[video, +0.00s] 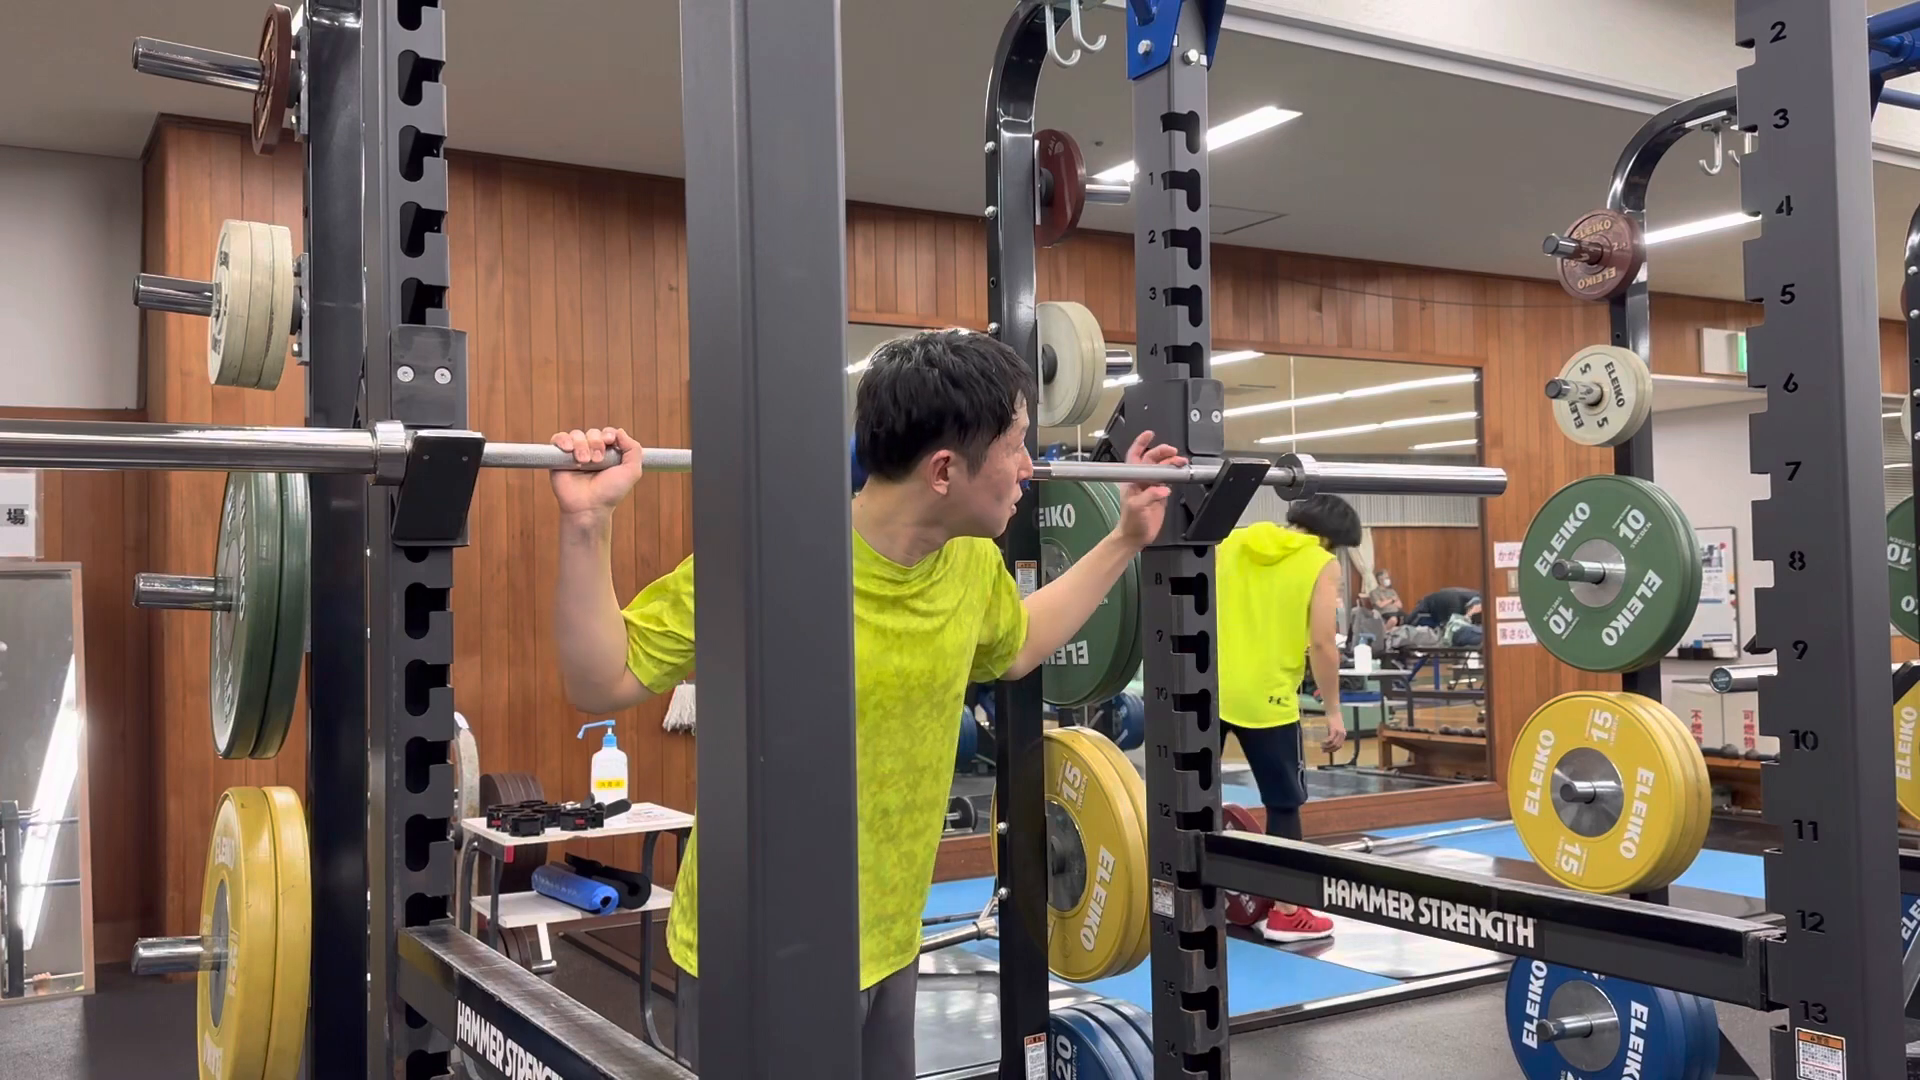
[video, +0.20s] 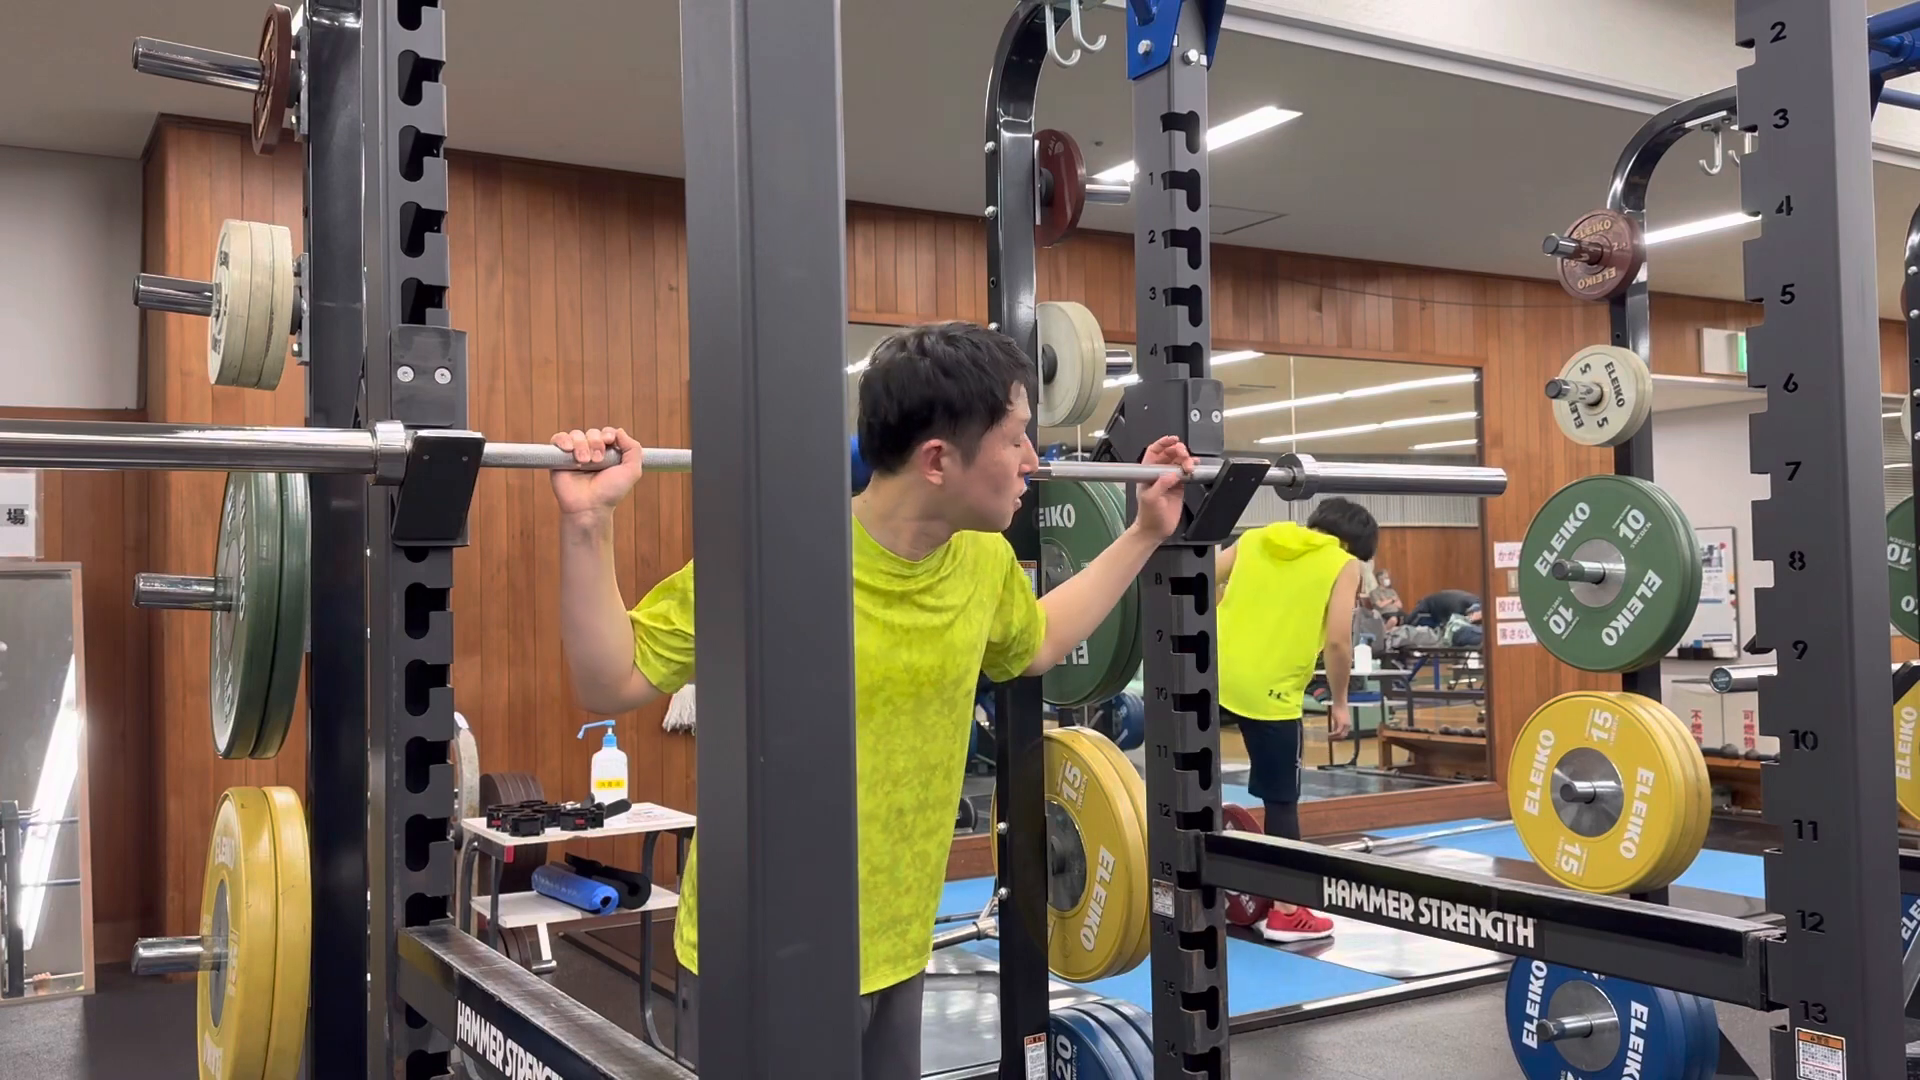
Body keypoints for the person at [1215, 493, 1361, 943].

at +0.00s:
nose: (1339, 555)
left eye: (1343, 549)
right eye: (1342, 547)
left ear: (1296, 518)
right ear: (1331, 538)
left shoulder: (1233, 542)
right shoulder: (1319, 563)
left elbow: (1195, 601)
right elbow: (1322, 645)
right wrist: (1333, 710)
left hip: (1205, 691)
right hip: (1264, 698)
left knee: (1194, 792)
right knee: (1283, 805)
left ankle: (1200, 895)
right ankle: (1286, 906)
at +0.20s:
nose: (1362, 562)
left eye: (1365, 557)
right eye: (1363, 554)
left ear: (1316, 525)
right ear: (1354, 543)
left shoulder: (1261, 538)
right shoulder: (1344, 564)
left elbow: (1209, 568)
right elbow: (1337, 642)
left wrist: (1216, 611)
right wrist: (1340, 703)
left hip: (1208, 674)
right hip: (1269, 689)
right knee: (1281, 802)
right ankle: (1286, 904)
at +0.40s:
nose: (1368, 572)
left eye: (1372, 568)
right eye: (1370, 565)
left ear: (1331, 528)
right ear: (1365, 550)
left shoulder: (1274, 538)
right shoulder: (1352, 566)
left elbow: (1222, 574)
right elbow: (1336, 643)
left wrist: (1234, 623)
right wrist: (1335, 704)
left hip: (1213, 671)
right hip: (1270, 689)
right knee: (1283, 799)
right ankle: (1285, 906)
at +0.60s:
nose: (1366, 575)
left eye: (1372, 569)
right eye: (1370, 566)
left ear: (1334, 531)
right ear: (1362, 550)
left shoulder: (1278, 541)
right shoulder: (1340, 569)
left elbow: (1224, 585)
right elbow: (1317, 644)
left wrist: (1256, 628)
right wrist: (1325, 706)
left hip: (1218, 681)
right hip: (1267, 694)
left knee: (1197, 783)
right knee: (1291, 798)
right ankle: (1284, 904)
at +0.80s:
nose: (1342, 577)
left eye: (1348, 571)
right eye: (1347, 569)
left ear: (1316, 540)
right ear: (1338, 555)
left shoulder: (1261, 557)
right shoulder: (1310, 571)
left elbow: (1226, 616)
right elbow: (1296, 644)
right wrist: (1325, 702)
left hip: (1215, 691)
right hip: (1259, 695)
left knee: (1211, 794)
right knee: (1316, 787)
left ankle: (1192, 888)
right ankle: (1296, 897)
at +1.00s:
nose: (1343, 616)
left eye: (1350, 611)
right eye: (1349, 608)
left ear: (1324, 570)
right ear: (1348, 591)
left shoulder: (1267, 584)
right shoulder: (1321, 594)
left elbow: (1227, 638)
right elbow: (1304, 668)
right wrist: (1327, 729)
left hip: (1202, 702)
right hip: (1246, 704)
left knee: (1203, 803)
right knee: (1296, 797)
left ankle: (1194, 895)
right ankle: (1327, 903)